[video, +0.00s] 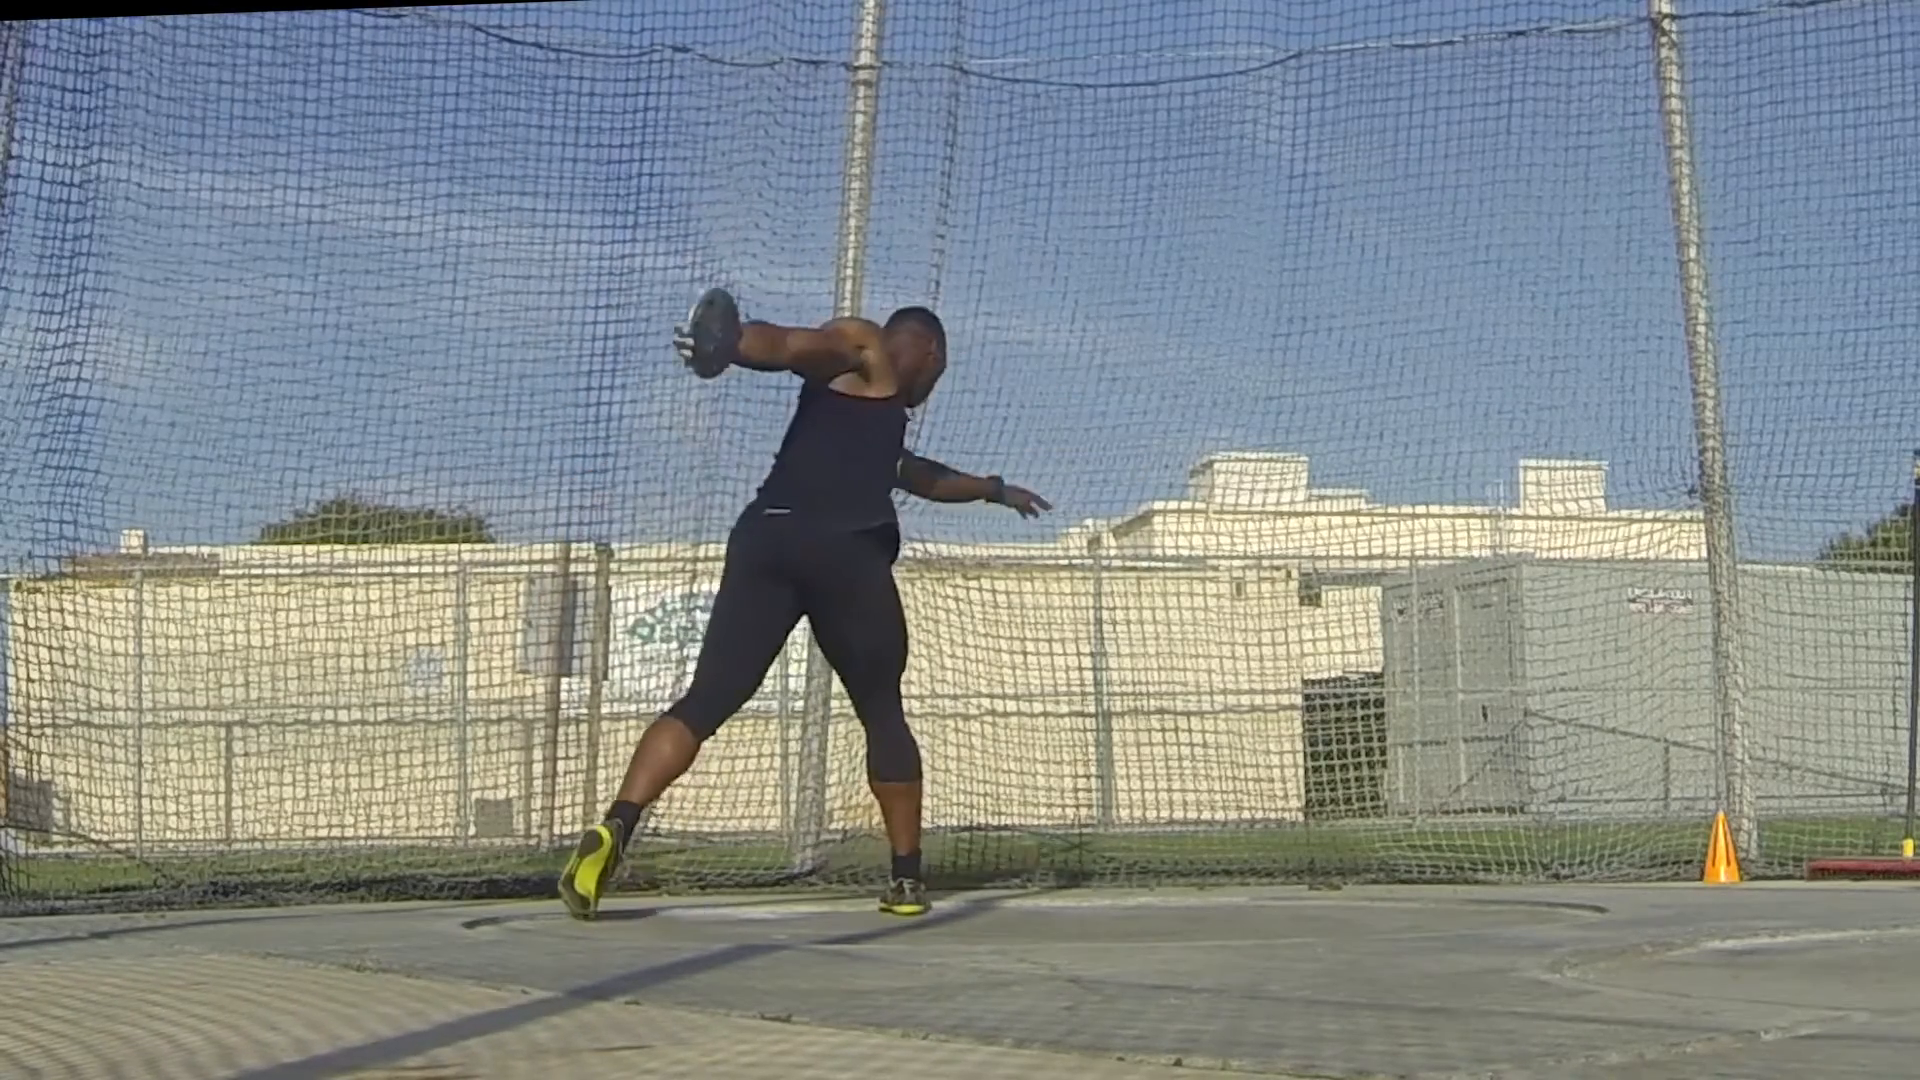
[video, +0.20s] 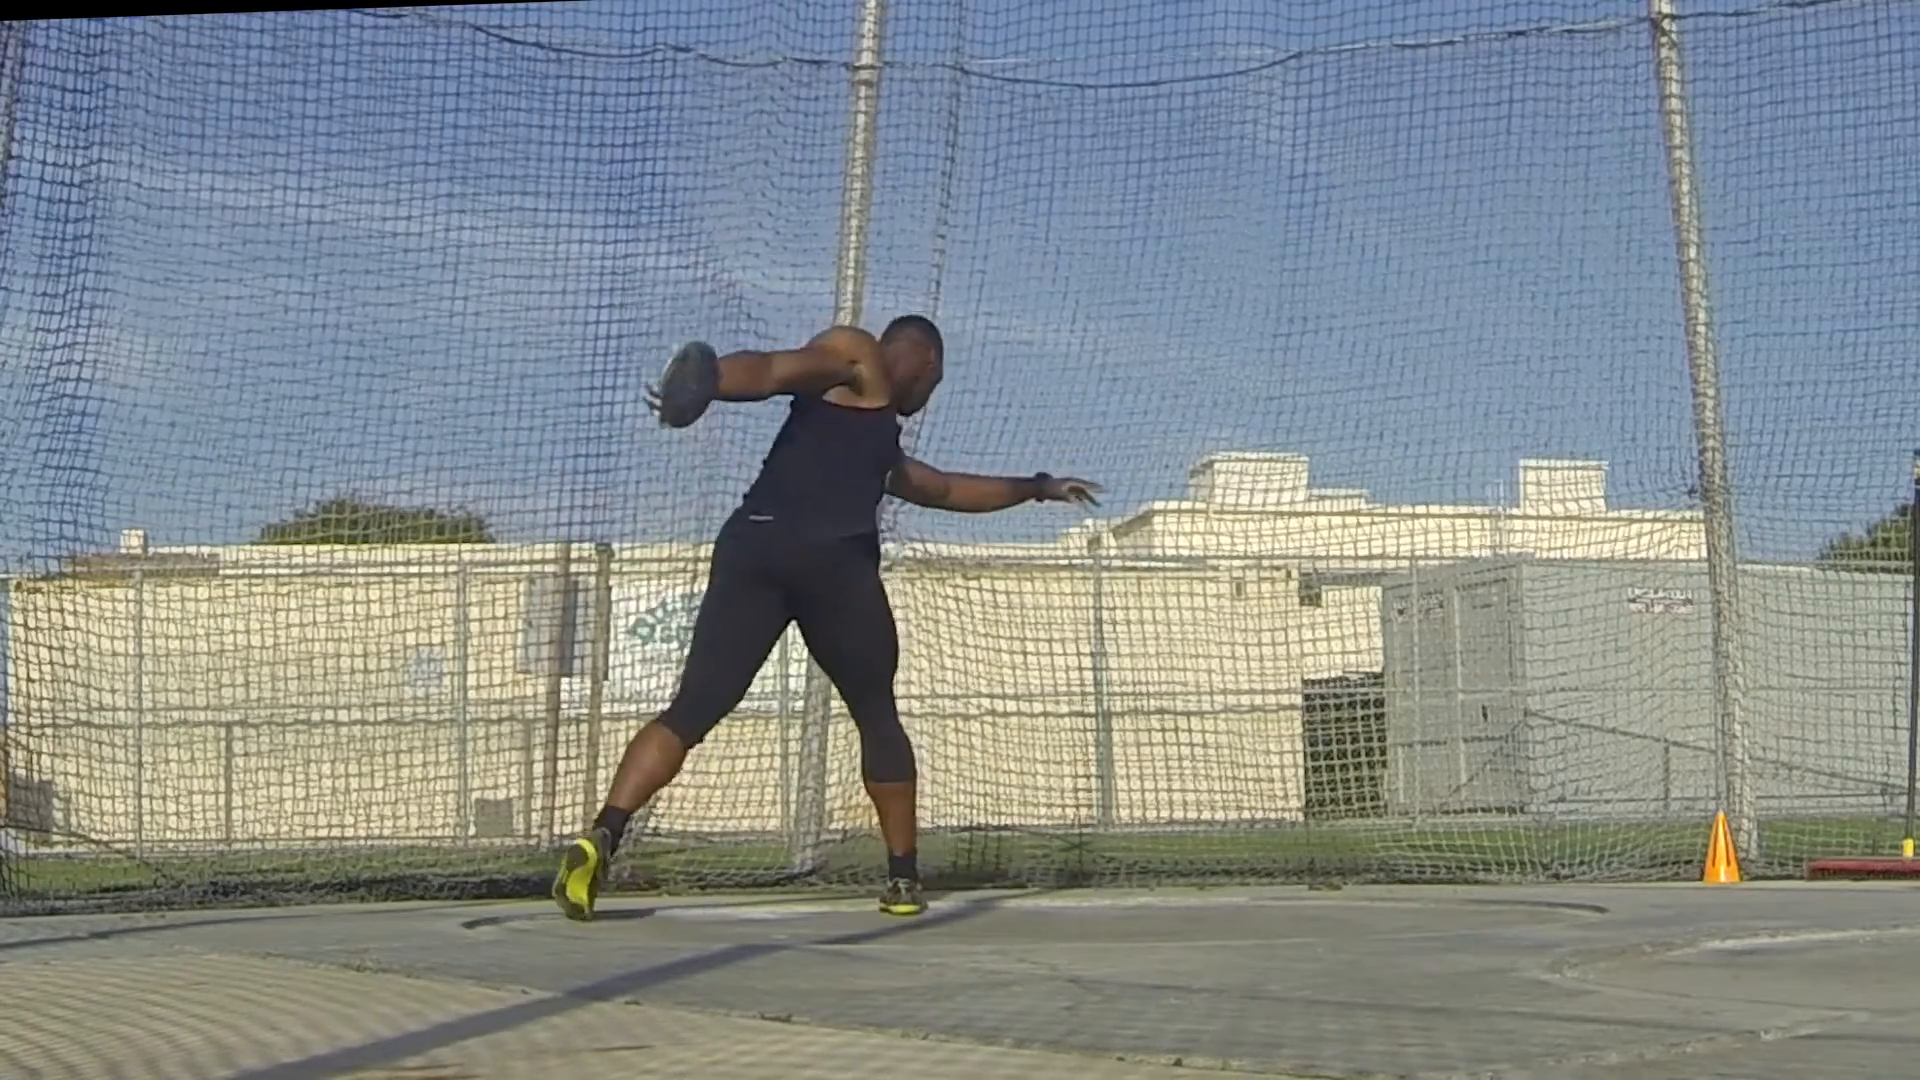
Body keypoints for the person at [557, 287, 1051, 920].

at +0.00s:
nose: (938, 375)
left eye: (941, 365)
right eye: (938, 361)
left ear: (899, 345)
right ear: (918, 345)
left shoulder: (867, 419)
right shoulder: (870, 342)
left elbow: (925, 478)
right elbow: (795, 345)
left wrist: (996, 489)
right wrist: (731, 343)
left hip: (766, 535)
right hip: (847, 551)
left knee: (708, 698)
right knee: (883, 711)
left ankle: (615, 827)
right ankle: (908, 876)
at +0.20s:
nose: (934, 387)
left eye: (939, 378)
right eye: (935, 371)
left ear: (897, 355)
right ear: (911, 353)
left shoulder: (877, 444)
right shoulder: (857, 347)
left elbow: (945, 489)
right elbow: (777, 371)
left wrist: (1034, 488)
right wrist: (708, 382)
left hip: (753, 544)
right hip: (834, 556)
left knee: (692, 708)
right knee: (877, 714)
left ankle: (602, 837)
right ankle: (903, 877)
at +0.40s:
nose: (874, 398)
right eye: (879, 386)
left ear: (816, 360)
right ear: (876, 373)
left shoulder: (770, 419)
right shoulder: (870, 389)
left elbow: (835, 519)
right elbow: (835, 386)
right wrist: (826, 407)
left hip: (745, 572)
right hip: (836, 581)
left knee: (667, 718)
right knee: (873, 716)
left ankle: (623, 869)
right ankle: (898, 878)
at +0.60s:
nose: (669, 362)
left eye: (676, 349)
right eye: (671, 350)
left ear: (714, 343)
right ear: (743, 344)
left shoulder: (683, 405)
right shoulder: (820, 393)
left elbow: (557, 441)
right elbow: (921, 440)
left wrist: (485, 466)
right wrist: (1006, 480)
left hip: (774, 602)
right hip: (848, 603)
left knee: (624, 684)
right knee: (847, 707)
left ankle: (601, 872)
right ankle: (908, 855)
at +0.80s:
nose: (704, 362)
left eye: (717, 347)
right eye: (691, 354)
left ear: (747, 348)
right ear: (683, 365)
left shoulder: (786, 411)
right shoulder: (727, 420)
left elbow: (754, 438)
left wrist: (683, 434)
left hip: (785, 633)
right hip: (714, 590)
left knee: (680, 772)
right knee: (592, 638)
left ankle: (567, 864)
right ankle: (503, 720)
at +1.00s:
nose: (949, 289)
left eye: (947, 278)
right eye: (935, 277)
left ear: (912, 292)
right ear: (882, 287)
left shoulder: (950, 376)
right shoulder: (806, 356)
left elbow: (1039, 408)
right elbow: (684, 402)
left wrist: (1125, 372)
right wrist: (589, 439)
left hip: (831, 572)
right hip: (762, 534)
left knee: (697, 732)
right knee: (831, 551)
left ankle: (564, 849)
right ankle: (768, 741)